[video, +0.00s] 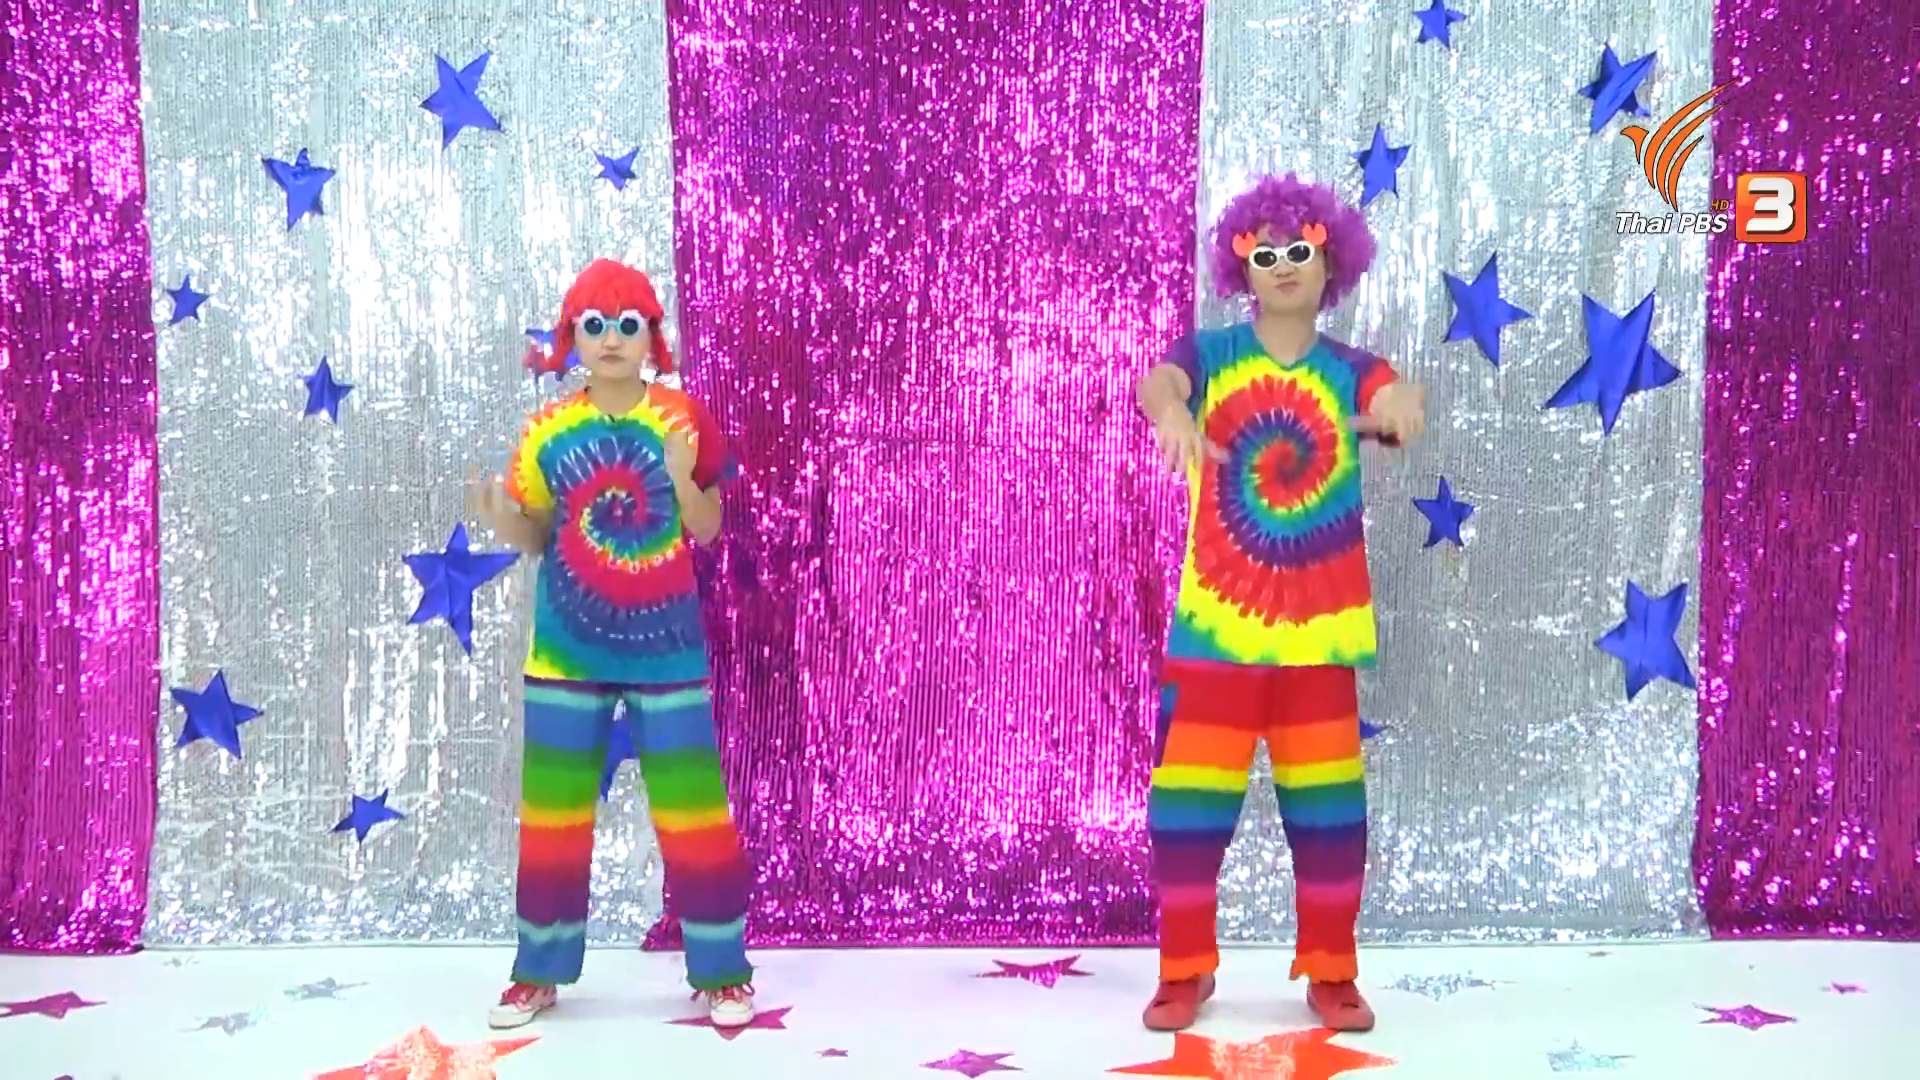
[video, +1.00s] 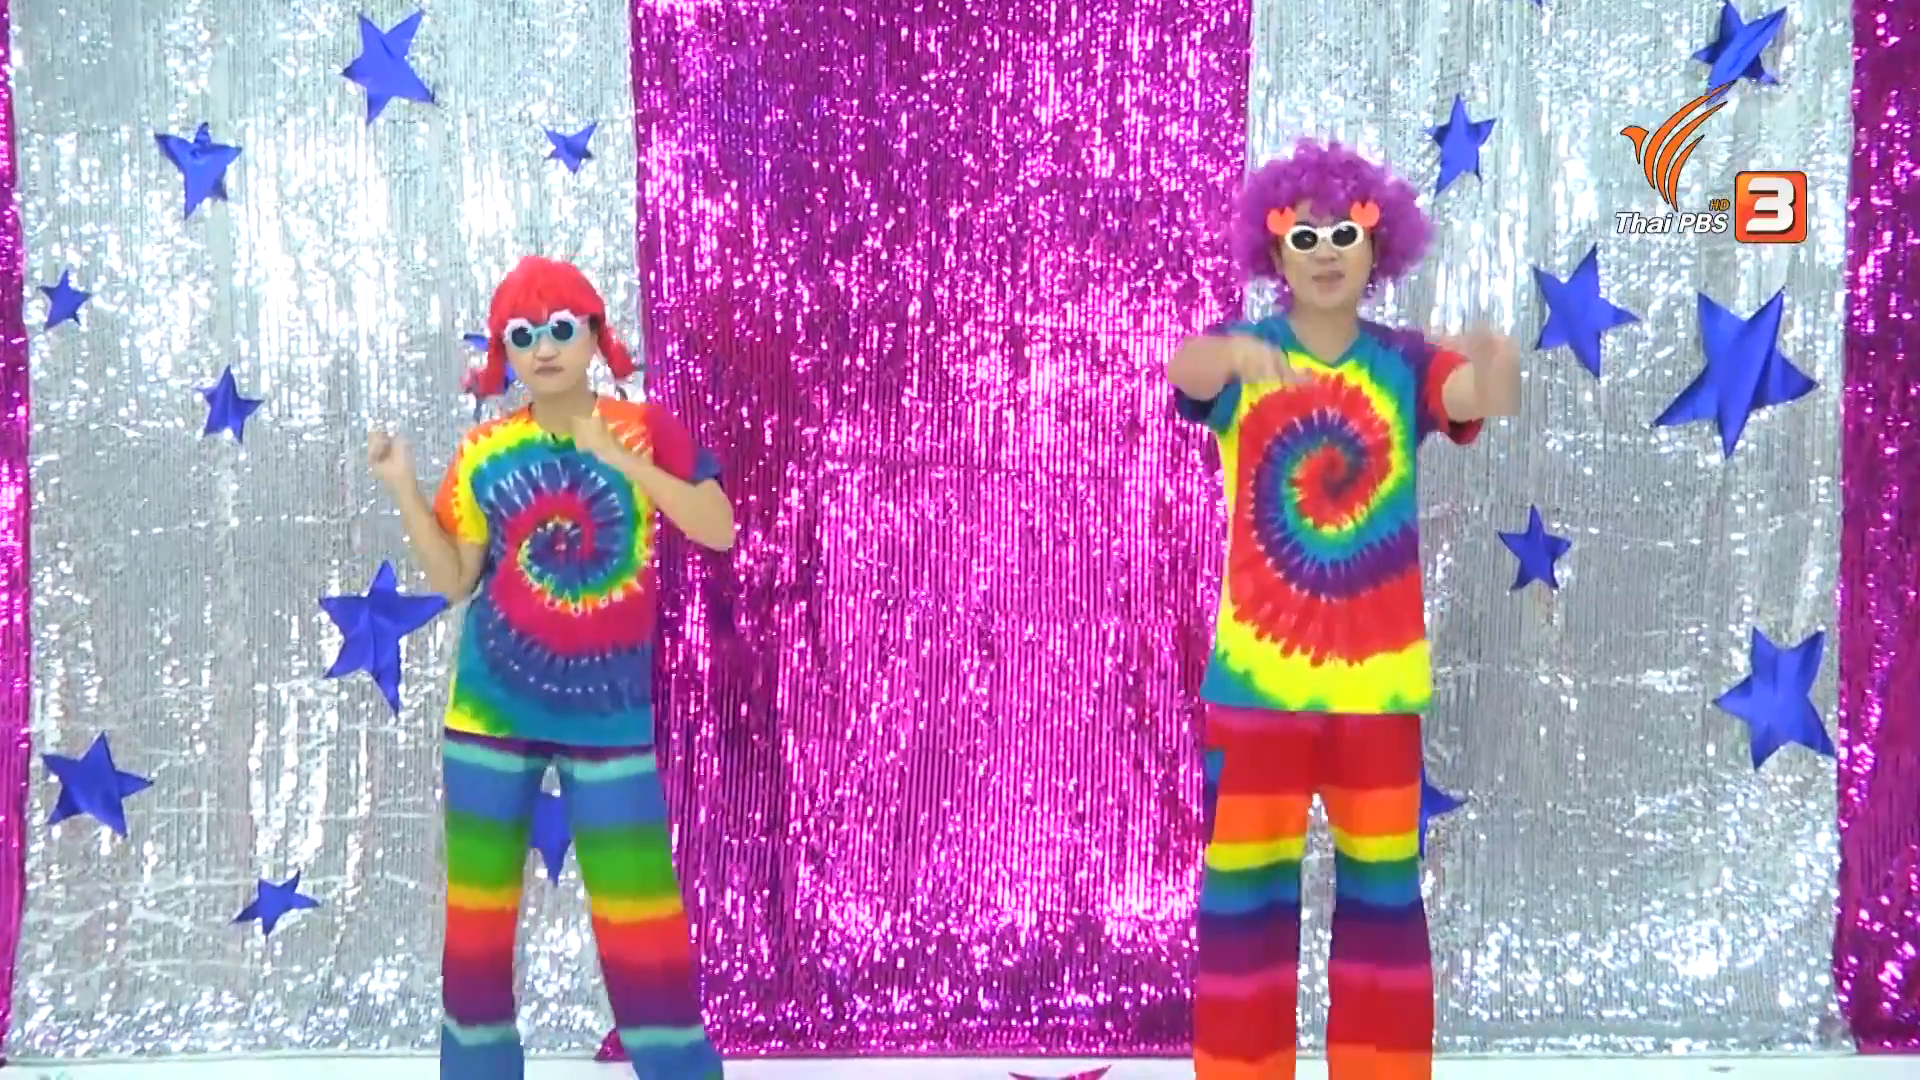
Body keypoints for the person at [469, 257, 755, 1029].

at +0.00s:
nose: (612, 339)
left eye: (629, 324)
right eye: (595, 325)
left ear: (652, 338)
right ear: (573, 339)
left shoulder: (682, 417)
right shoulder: (550, 428)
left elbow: (707, 529)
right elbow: (535, 535)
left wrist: (682, 475)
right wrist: (502, 511)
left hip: (669, 650)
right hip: (567, 650)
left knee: (695, 812)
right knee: (550, 812)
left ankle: (721, 974)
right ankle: (539, 972)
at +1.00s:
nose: (543, 351)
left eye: (561, 331)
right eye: (523, 336)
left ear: (595, 340)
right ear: (504, 353)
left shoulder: (644, 430)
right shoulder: (484, 452)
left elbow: (719, 526)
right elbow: (452, 578)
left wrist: (622, 460)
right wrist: (405, 489)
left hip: (612, 708)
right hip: (492, 708)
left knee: (642, 916)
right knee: (477, 917)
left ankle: (677, 1071)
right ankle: (477, 1072)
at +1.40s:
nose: (539, 371)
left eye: (561, 354)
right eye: (518, 351)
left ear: (586, 373)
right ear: (488, 364)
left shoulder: (617, 464)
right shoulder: (436, 473)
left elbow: (738, 538)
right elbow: (363, 597)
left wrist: (739, 580)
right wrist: (444, 611)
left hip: (609, 754)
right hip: (480, 755)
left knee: (629, 981)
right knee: (447, 983)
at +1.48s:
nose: (542, 380)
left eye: (565, 363)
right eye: (523, 359)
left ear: (588, 382)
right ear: (491, 370)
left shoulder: (614, 472)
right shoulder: (434, 478)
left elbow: (730, 555)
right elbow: (359, 602)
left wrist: (729, 541)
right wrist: (466, 561)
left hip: (615, 765)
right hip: (486, 768)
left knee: (638, 996)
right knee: (455, 997)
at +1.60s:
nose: (547, 406)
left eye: (568, 388)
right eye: (525, 386)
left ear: (592, 408)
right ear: (492, 400)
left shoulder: (612, 508)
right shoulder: (434, 501)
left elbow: (718, 616)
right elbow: (367, 630)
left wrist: (684, 511)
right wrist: (456, 523)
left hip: (624, 796)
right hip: (493, 804)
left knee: (648, 1034)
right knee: (468, 1043)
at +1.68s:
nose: (539, 415)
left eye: (561, 395)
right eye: (516, 395)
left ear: (586, 413)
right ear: (483, 409)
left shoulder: (607, 518)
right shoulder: (426, 515)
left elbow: (678, 659)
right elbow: (360, 646)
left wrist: (663, 545)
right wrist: (464, 572)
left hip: (619, 808)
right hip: (489, 816)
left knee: (653, 1039)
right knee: (474, 1049)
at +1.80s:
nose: (522, 410)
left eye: (542, 389)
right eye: (497, 393)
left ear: (572, 403)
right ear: (468, 411)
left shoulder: (612, 512)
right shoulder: (419, 518)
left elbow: (656, 657)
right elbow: (339, 644)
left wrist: (607, 637)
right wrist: (408, 674)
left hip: (598, 808)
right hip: (465, 814)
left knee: (637, 1033)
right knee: (445, 1042)